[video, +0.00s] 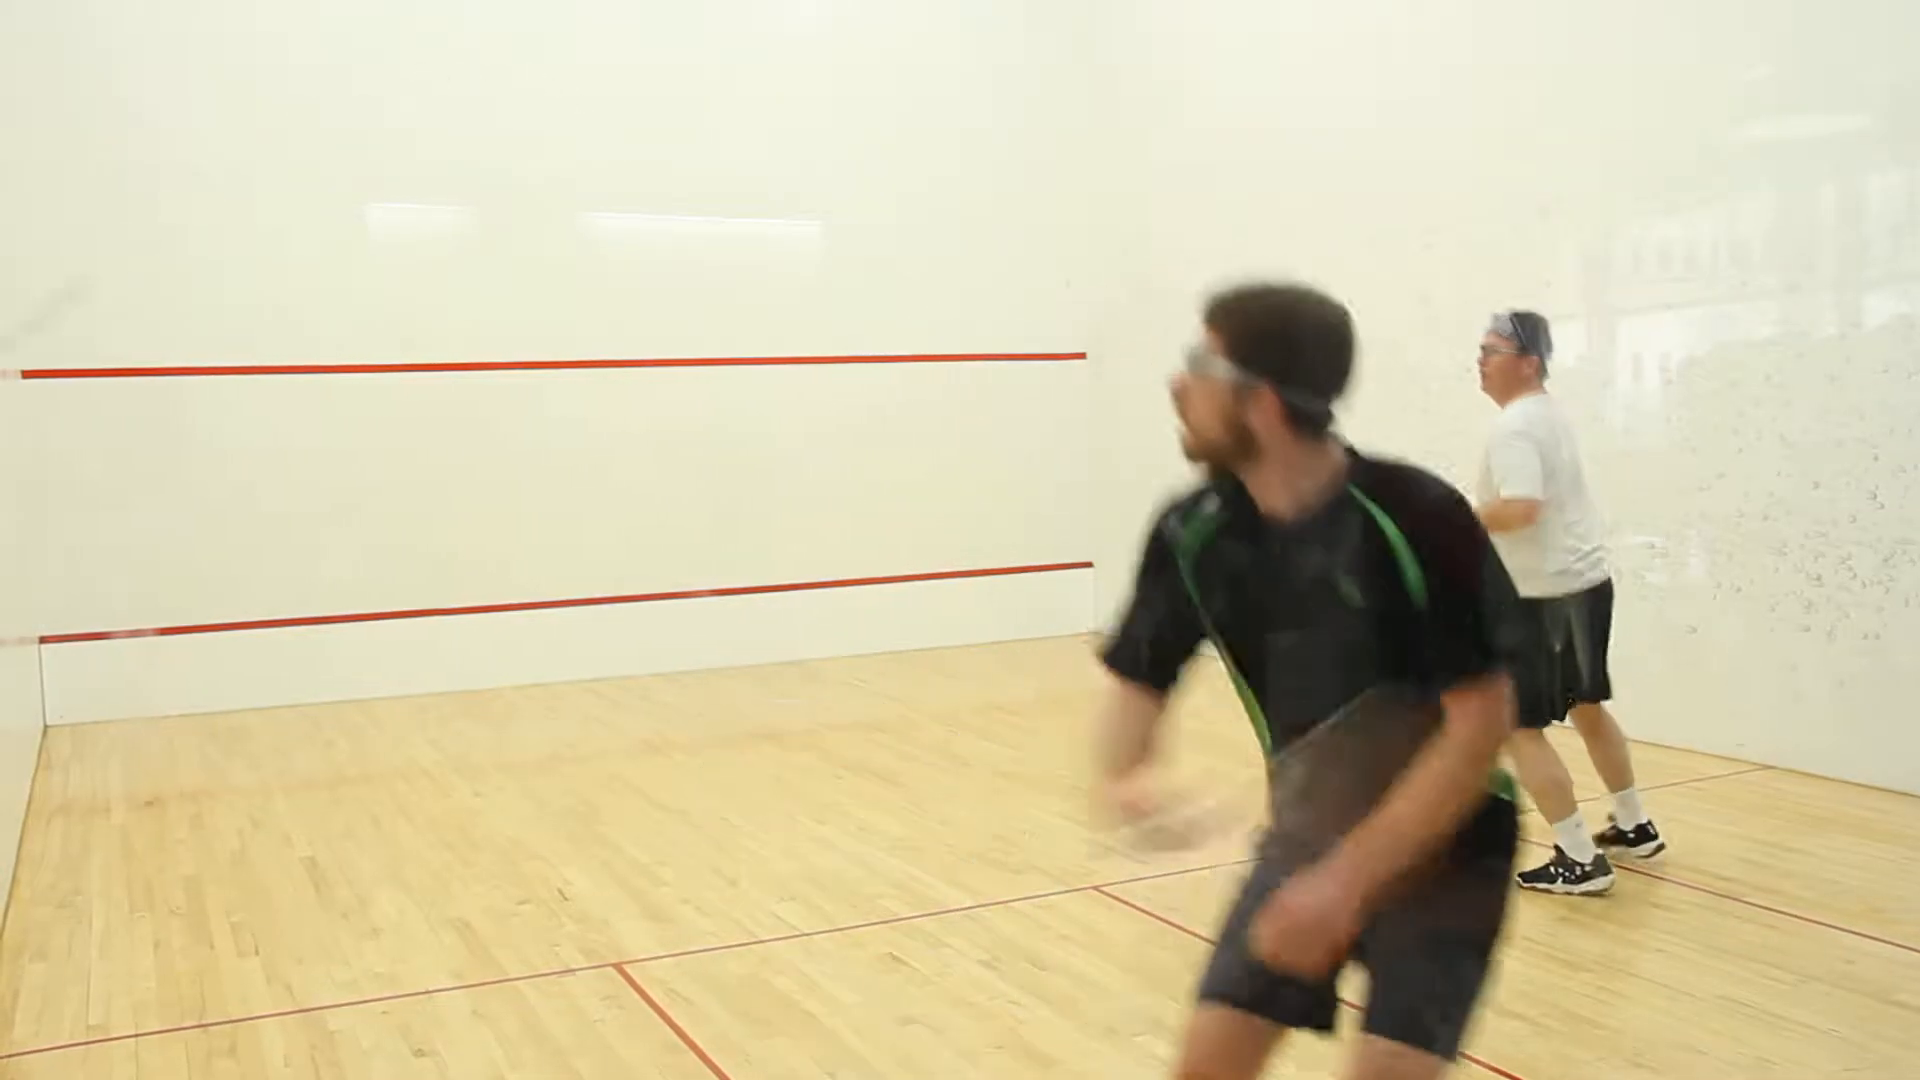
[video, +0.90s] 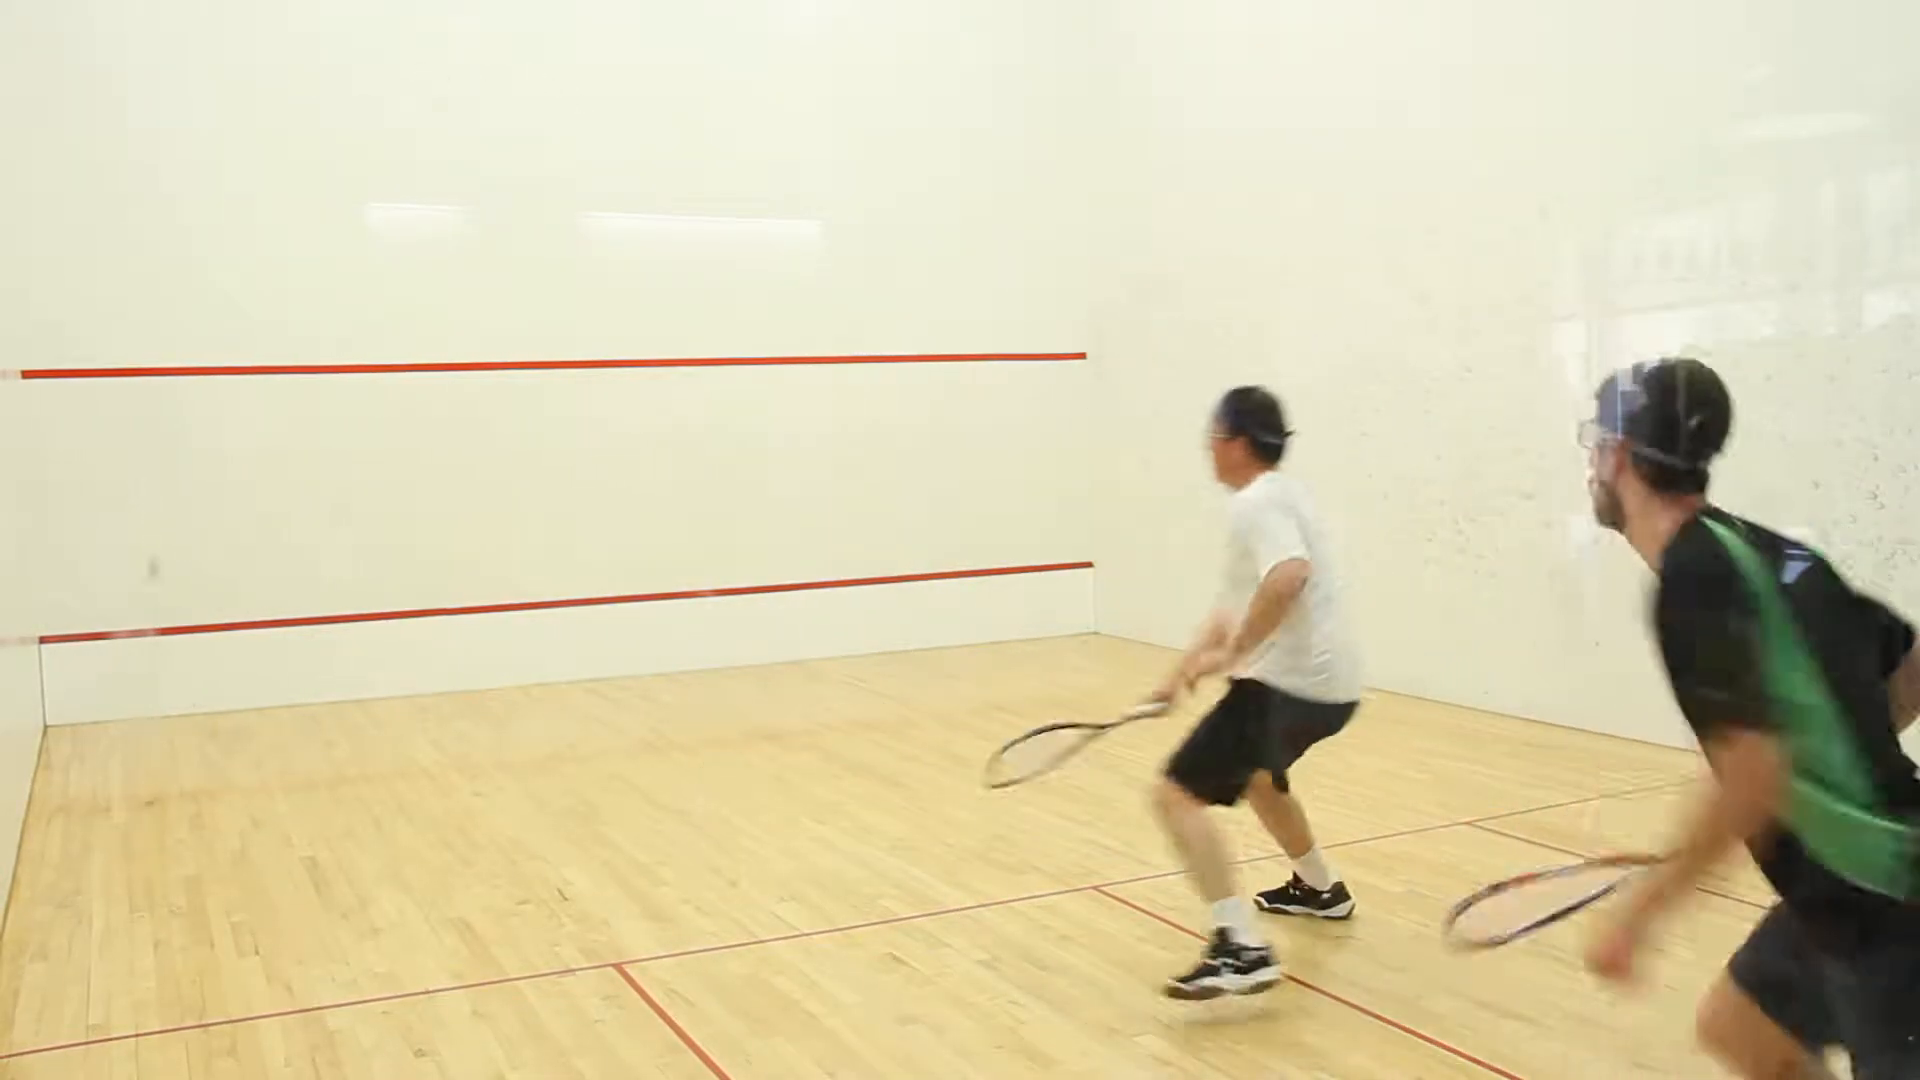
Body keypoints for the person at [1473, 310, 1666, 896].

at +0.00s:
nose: (1479, 363)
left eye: (1490, 352)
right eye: (1481, 351)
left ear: (1528, 363)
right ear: (1527, 365)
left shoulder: (1517, 426)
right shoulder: (1550, 415)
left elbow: (1522, 509)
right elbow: (1547, 501)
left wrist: (1464, 523)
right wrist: (1480, 514)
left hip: (1545, 594)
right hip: (1585, 584)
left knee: (1520, 725)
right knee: (1586, 703)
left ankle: (1578, 856)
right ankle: (1634, 823)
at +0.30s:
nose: (1444, 367)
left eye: (1456, 355)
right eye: (1441, 355)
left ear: (1491, 361)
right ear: (1435, 356)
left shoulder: (1490, 421)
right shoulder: (1509, 414)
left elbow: (1499, 516)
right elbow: (1550, 505)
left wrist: (1426, 527)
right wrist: (1558, 569)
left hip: (1504, 601)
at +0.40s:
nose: (1419, 381)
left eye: (1430, 368)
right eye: (1415, 369)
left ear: (1467, 375)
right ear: (1414, 371)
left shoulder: (1473, 437)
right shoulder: (1463, 434)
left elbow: (1476, 532)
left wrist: (1404, 555)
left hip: (1478, 620)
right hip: (1467, 615)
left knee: (1425, 748)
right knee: (1426, 744)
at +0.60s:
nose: (1334, 376)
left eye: (1343, 365)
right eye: (1336, 365)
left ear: (1369, 372)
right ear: (1388, 374)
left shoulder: (1379, 432)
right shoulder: (1412, 428)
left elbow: (1374, 523)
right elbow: (1411, 525)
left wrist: (1334, 567)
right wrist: (1359, 563)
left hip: (1410, 616)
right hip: (1439, 610)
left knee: (1373, 763)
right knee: (1402, 756)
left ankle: (1447, 905)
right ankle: (1490, 833)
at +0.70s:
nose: (1291, 389)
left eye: (1298, 378)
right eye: (1294, 377)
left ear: (1322, 385)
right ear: (1343, 386)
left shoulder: (1332, 444)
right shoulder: (1373, 441)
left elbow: (1317, 532)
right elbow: (1374, 531)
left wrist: (1286, 580)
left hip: (1374, 623)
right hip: (1406, 622)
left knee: (1306, 762)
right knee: (1320, 754)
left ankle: (1390, 891)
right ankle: (1345, 873)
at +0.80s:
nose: (1255, 423)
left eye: (1260, 411)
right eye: (1257, 410)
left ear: (1280, 414)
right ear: (1310, 416)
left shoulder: (1297, 474)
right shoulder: (1334, 473)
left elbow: (1294, 565)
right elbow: (1344, 589)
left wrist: (1242, 608)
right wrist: (1285, 656)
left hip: (1334, 657)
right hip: (1364, 658)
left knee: (1247, 781)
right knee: (1275, 767)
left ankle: (1300, 943)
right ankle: (1322, 885)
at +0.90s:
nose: (1211, 451)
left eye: (1217, 439)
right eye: (1213, 438)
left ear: (1241, 443)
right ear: (1262, 445)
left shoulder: (1261, 501)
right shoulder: (1282, 498)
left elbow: (1289, 574)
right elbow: (1231, 615)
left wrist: (1236, 648)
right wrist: (1182, 673)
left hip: (1288, 687)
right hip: (1324, 686)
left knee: (1178, 793)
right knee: (1256, 770)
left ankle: (1240, 945)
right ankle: (1318, 886)